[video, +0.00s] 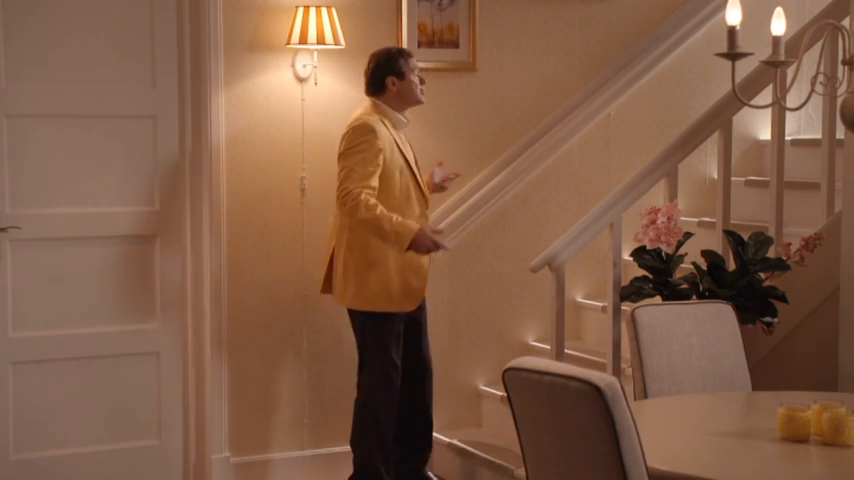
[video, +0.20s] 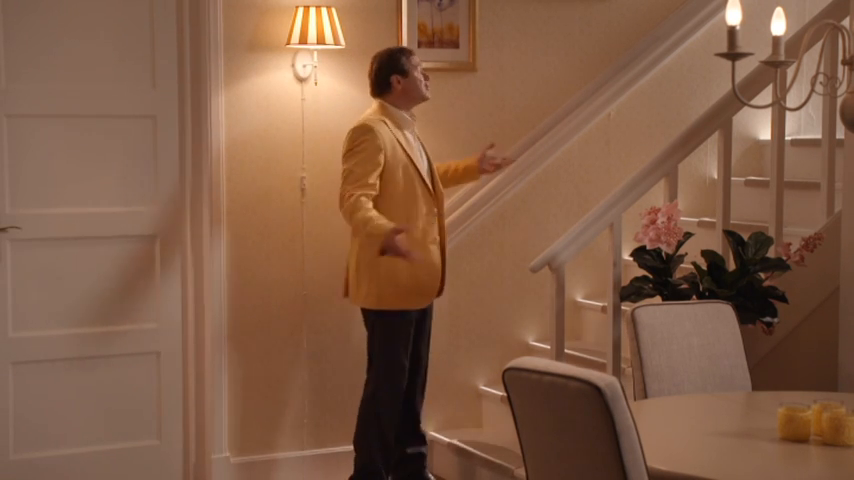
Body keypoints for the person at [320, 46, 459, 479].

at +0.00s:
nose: (423, 83)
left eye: (421, 75)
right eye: (416, 75)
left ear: (392, 83)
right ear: (392, 82)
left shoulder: (391, 130)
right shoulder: (366, 128)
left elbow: (396, 200)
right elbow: (354, 200)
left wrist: (430, 184)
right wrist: (409, 233)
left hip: (402, 278)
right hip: (375, 281)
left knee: (416, 378)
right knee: (381, 381)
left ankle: (411, 469)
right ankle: (370, 474)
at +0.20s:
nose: (427, 80)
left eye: (425, 73)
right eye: (421, 73)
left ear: (398, 83)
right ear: (397, 81)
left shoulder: (405, 130)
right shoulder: (369, 131)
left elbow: (424, 179)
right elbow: (354, 200)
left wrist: (474, 166)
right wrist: (384, 233)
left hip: (418, 277)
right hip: (388, 280)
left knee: (412, 380)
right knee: (387, 382)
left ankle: (410, 470)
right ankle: (370, 473)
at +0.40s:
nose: (436, 82)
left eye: (435, 76)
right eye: (430, 76)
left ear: (411, 83)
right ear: (405, 83)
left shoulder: (429, 129)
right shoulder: (376, 128)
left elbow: (464, 147)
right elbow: (355, 173)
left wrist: (504, 110)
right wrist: (334, 185)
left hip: (438, 266)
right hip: (403, 270)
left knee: (427, 378)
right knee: (396, 379)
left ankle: (413, 469)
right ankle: (372, 474)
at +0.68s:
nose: (445, 82)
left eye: (443, 76)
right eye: (437, 76)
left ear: (419, 85)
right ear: (410, 84)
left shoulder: (441, 130)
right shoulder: (377, 132)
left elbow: (470, 164)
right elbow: (342, 177)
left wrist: (518, 135)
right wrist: (327, 170)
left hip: (448, 265)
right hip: (410, 267)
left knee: (434, 382)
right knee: (402, 381)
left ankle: (414, 473)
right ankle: (380, 476)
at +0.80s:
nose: (451, 84)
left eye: (450, 77)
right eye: (444, 77)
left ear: (426, 85)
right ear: (417, 84)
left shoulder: (441, 133)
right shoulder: (381, 131)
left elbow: (462, 192)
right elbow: (343, 180)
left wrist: (515, 202)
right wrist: (335, 212)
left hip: (449, 265)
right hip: (410, 267)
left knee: (433, 379)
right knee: (400, 379)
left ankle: (414, 472)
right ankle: (380, 475)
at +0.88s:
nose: (457, 85)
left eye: (457, 79)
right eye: (450, 78)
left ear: (433, 86)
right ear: (423, 84)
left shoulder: (444, 137)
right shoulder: (385, 131)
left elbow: (449, 207)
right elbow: (353, 194)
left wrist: (477, 245)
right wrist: (346, 251)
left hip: (449, 265)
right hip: (408, 266)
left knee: (431, 379)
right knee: (399, 377)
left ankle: (414, 471)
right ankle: (379, 473)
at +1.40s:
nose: (492, 100)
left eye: (492, 92)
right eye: (487, 91)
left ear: (464, 95)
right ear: (459, 92)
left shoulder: (461, 141)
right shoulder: (416, 128)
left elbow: (456, 213)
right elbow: (374, 185)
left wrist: (491, 243)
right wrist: (388, 243)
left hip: (433, 272)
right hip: (393, 268)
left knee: (417, 372)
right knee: (382, 372)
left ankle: (410, 468)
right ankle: (376, 471)